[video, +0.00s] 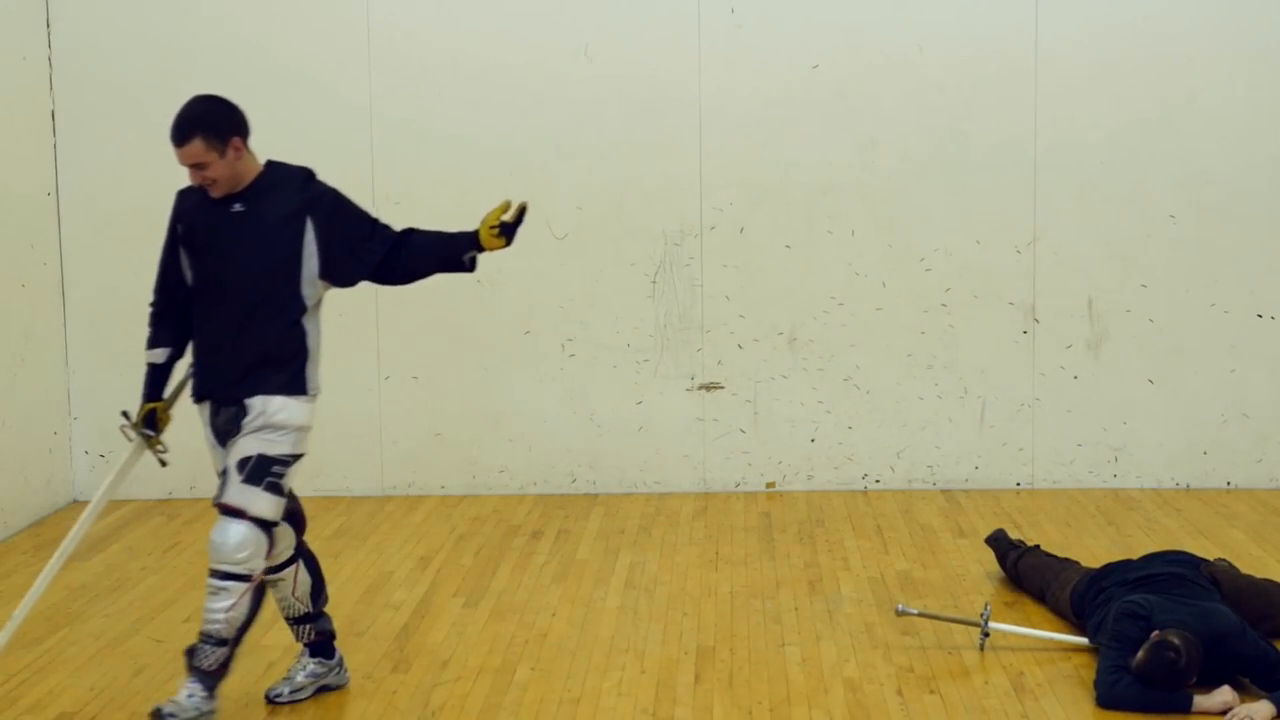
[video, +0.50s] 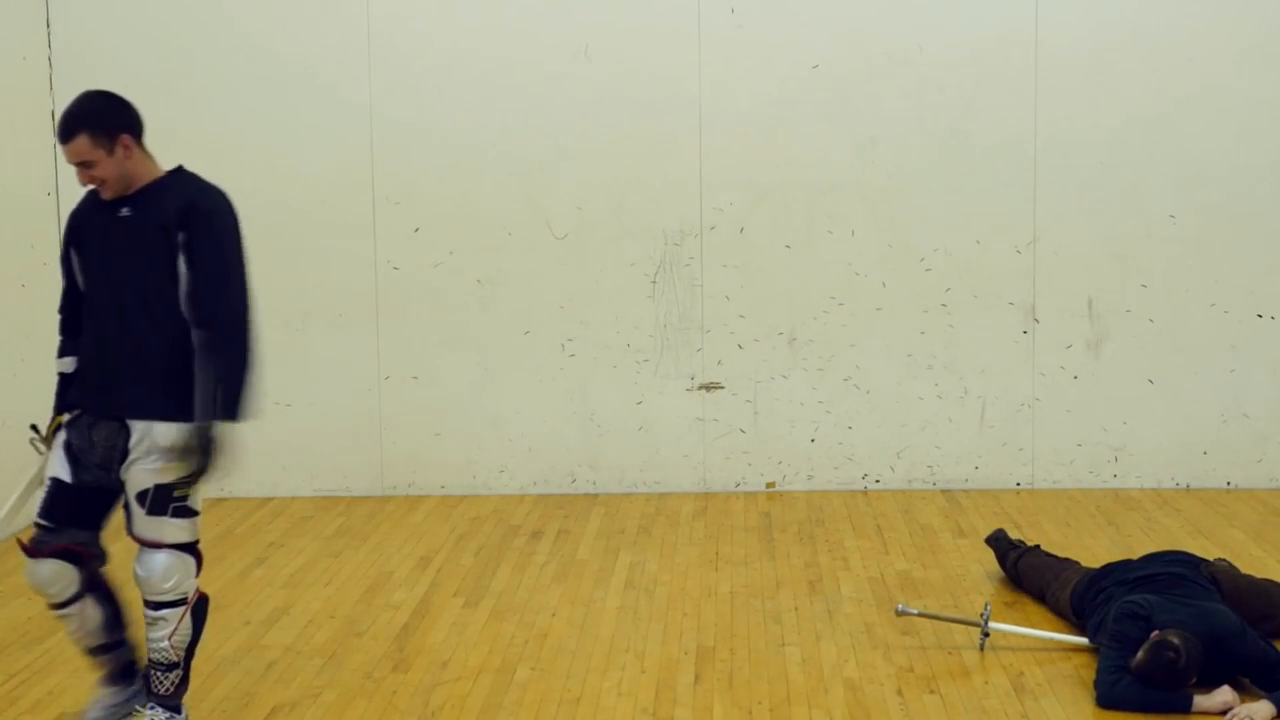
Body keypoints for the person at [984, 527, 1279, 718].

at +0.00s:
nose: (1131, 661)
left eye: (1137, 663)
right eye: (1138, 656)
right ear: (1154, 638)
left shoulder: (1225, 630)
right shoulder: (1123, 626)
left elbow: (1278, 675)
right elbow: (1109, 691)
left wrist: (1271, 705)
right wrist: (1198, 703)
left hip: (1182, 570)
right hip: (1105, 585)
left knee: (1275, 604)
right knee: (1048, 572)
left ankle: (1223, 575)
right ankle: (1009, 550)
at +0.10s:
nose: (1131, 662)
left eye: (1137, 665)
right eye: (1137, 657)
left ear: (1194, 670)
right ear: (1153, 638)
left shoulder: (1226, 631)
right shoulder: (1124, 625)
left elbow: (1278, 676)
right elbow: (1109, 691)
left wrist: (1271, 705)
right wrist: (1198, 703)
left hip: (1183, 570)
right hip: (1105, 584)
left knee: (1275, 603)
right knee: (1047, 571)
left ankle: (1224, 576)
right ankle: (1009, 550)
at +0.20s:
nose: (1131, 662)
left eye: (1137, 666)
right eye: (1137, 658)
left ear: (1193, 672)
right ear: (1152, 638)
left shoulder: (1226, 631)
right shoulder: (1124, 626)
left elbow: (1278, 676)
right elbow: (1109, 692)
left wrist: (1271, 705)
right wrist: (1198, 703)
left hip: (1183, 570)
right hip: (1105, 584)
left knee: (1276, 603)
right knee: (1047, 571)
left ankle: (1223, 575)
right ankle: (1009, 550)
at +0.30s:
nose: (1131, 663)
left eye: (1137, 666)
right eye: (1137, 658)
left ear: (1193, 672)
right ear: (1152, 639)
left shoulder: (1225, 630)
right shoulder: (1124, 626)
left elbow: (1278, 676)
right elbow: (1109, 691)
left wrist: (1271, 705)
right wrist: (1198, 703)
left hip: (1182, 570)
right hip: (1105, 585)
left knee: (1275, 604)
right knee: (1047, 571)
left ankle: (1223, 575)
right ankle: (1009, 550)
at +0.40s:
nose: (1131, 662)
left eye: (1137, 665)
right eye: (1137, 658)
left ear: (1194, 670)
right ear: (1152, 639)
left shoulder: (1225, 630)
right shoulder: (1124, 626)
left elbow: (1278, 675)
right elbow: (1109, 691)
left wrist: (1271, 705)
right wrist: (1198, 703)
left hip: (1182, 570)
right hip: (1104, 585)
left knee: (1275, 604)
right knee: (1047, 571)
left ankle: (1223, 575)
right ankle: (1009, 550)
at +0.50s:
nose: (1131, 663)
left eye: (1137, 666)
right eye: (1137, 659)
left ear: (1194, 671)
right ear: (1151, 639)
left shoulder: (1226, 631)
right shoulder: (1124, 626)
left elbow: (1279, 676)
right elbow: (1109, 691)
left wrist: (1270, 705)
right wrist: (1198, 703)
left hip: (1183, 571)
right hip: (1105, 584)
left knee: (1276, 602)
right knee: (1047, 571)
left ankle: (1224, 576)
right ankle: (1009, 550)